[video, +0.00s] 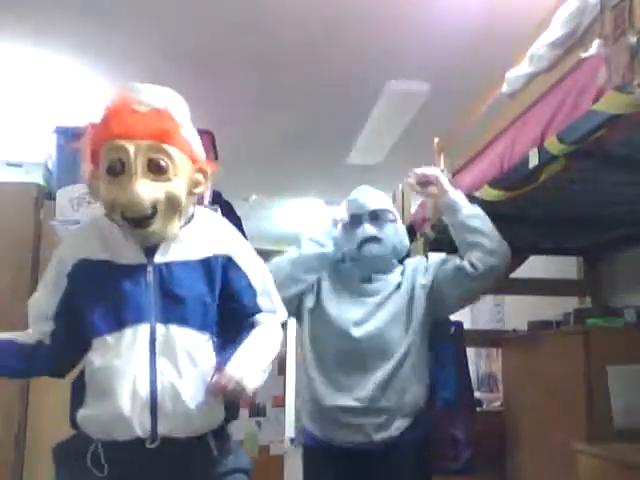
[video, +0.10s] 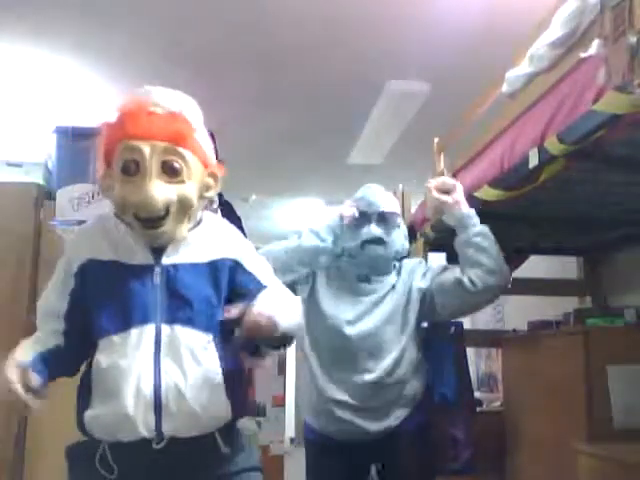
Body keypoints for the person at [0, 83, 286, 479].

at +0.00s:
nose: (135, 187)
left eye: (157, 167)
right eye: (117, 168)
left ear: (195, 181)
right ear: (96, 181)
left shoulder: (217, 239)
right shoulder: (80, 249)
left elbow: (268, 317)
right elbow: (53, 349)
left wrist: (244, 370)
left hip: (203, 457)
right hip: (105, 458)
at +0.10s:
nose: (150, 187)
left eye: (170, 168)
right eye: (132, 168)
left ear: (205, 181)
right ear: (109, 179)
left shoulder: (223, 242)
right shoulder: (87, 247)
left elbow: (286, 309)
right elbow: (64, 337)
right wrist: (27, 360)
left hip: (214, 455)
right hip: (114, 459)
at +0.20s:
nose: (159, 190)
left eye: (181, 171)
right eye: (141, 169)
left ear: (214, 186)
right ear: (116, 181)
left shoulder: (231, 245)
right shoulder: (91, 248)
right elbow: (61, 330)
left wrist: (286, 288)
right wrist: (41, 375)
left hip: (218, 455)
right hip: (120, 460)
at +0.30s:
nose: (168, 194)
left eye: (190, 174)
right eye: (150, 171)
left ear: (220, 189)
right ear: (122, 182)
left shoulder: (238, 247)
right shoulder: (98, 247)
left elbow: (314, 301)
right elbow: (67, 324)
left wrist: (302, 249)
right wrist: (64, 372)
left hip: (222, 452)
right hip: (125, 455)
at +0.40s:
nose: (176, 201)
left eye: (198, 179)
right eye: (159, 176)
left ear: (230, 192)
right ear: (133, 185)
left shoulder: (253, 251)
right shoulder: (104, 250)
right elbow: (46, 330)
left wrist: (311, 203)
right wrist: (88, 384)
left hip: (227, 455)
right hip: (129, 458)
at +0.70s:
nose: (193, 207)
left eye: (214, 189)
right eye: (175, 186)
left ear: (241, 200)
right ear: (148, 192)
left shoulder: (242, 268)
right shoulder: (114, 254)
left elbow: (294, 303)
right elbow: (12, 274)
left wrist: (308, 214)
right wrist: (86, 267)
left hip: (224, 460)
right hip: (133, 459)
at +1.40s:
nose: (147, 218)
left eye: (169, 196)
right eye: (129, 191)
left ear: (191, 209)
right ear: (96, 197)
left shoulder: (184, 265)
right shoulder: (67, 254)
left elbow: (227, 299)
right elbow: (25, 362)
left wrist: (237, 215)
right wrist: (77, 296)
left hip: (155, 459)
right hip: (68, 457)